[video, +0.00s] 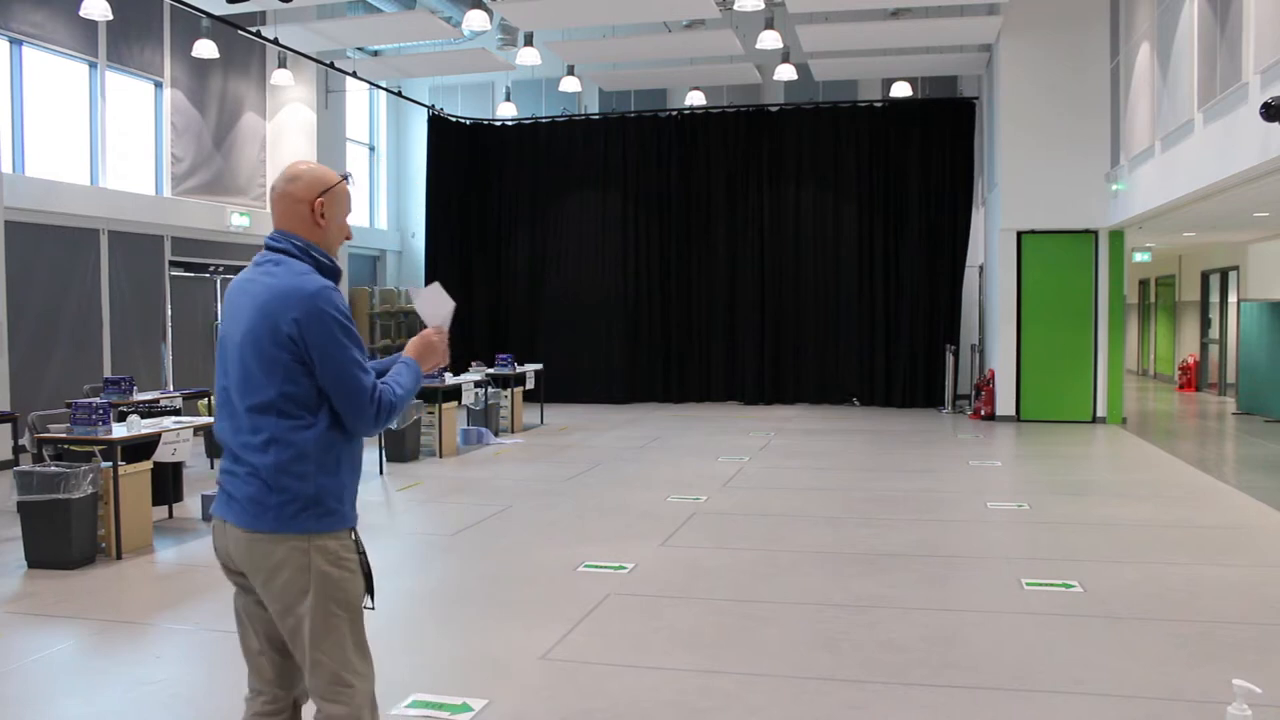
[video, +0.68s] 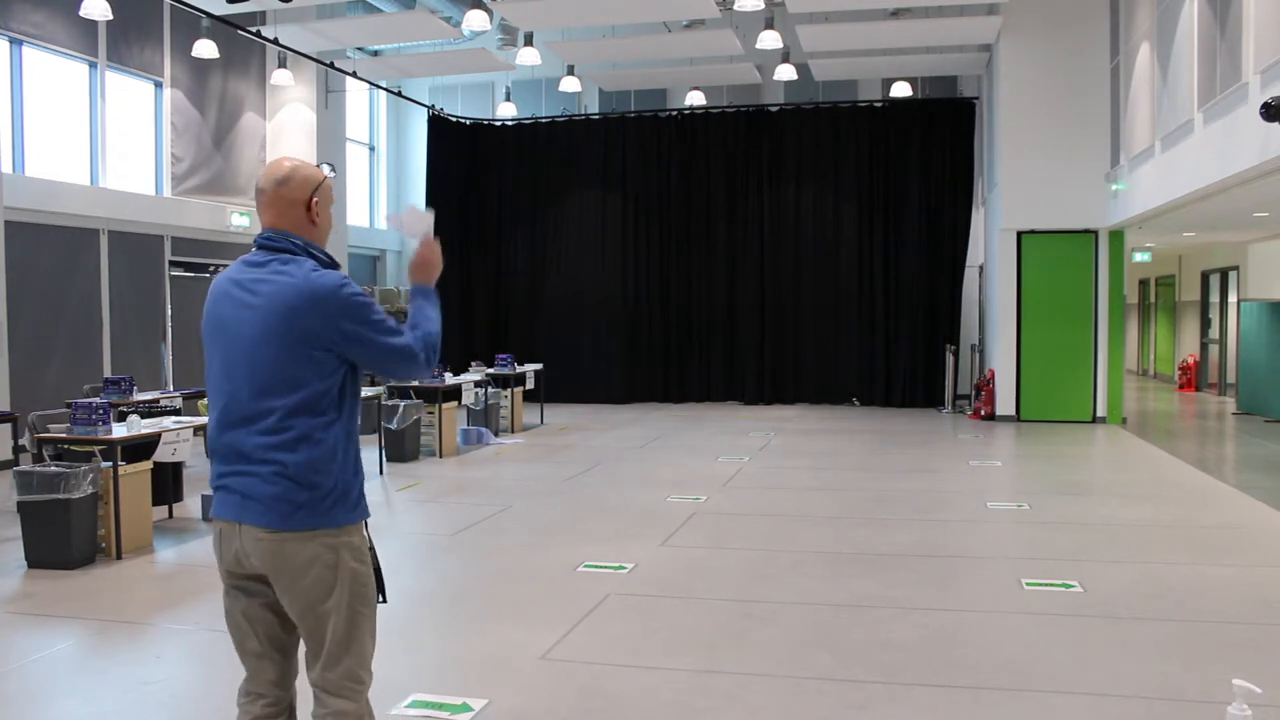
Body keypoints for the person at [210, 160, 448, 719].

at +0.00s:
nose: (350, 227)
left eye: (349, 212)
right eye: (345, 212)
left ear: (300, 211)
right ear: (317, 211)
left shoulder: (246, 284)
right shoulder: (312, 296)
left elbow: (315, 390)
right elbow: (368, 410)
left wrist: (395, 365)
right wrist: (415, 361)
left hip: (239, 521)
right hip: (301, 534)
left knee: (272, 694)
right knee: (345, 699)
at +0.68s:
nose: (333, 215)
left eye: (331, 204)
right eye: (330, 204)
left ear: (262, 211)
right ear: (313, 209)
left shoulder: (223, 286)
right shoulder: (325, 294)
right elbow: (416, 357)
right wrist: (424, 286)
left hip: (233, 523)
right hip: (312, 531)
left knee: (263, 690)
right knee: (342, 691)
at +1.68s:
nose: (333, 209)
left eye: (328, 196)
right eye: (328, 198)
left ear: (264, 215)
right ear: (314, 212)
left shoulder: (230, 289)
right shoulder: (325, 288)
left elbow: (285, 356)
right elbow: (430, 268)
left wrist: (358, 333)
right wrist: (434, 185)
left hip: (244, 522)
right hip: (322, 524)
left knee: (272, 688)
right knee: (350, 688)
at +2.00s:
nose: (365, 220)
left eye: (361, 209)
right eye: (360, 209)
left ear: (303, 222)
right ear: (346, 221)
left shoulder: (282, 295)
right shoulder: (335, 290)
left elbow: (358, 354)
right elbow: (439, 237)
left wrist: (418, 311)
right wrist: (415, 146)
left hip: (308, 521)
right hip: (353, 521)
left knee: (366, 660)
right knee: (379, 683)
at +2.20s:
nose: (386, 233)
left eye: (382, 222)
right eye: (382, 222)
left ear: (330, 234)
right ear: (367, 233)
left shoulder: (321, 301)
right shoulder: (340, 300)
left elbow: (387, 357)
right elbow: (436, 238)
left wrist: (449, 308)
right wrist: (393, 144)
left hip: (378, 510)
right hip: (373, 518)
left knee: (426, 645)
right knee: (395, 682)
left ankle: (432, 715)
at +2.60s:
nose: (443, 258)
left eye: (440, 249)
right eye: (439, 250)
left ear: (388, 263)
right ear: (430, 258)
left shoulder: (369, 333)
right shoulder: (436, 322)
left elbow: (422, 367)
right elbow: (505, 249)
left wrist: (471, 343)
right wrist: (437, 187)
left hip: (405, 518)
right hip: (453, 517)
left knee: (484, 612)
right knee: (455, 654)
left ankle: (499, 709)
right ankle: (409, 718)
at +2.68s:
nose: (453, 251)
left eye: (449, 243)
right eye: (450, 244)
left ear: (398, 262)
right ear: (444, 252)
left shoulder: (378, 336)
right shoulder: (470, 311)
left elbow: (389, 421)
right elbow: (541, 245)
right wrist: (492, 191)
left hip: (410, 512)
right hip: (469, 505)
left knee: (481, 619)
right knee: (459, 646)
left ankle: (501, 711)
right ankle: (414, 719)